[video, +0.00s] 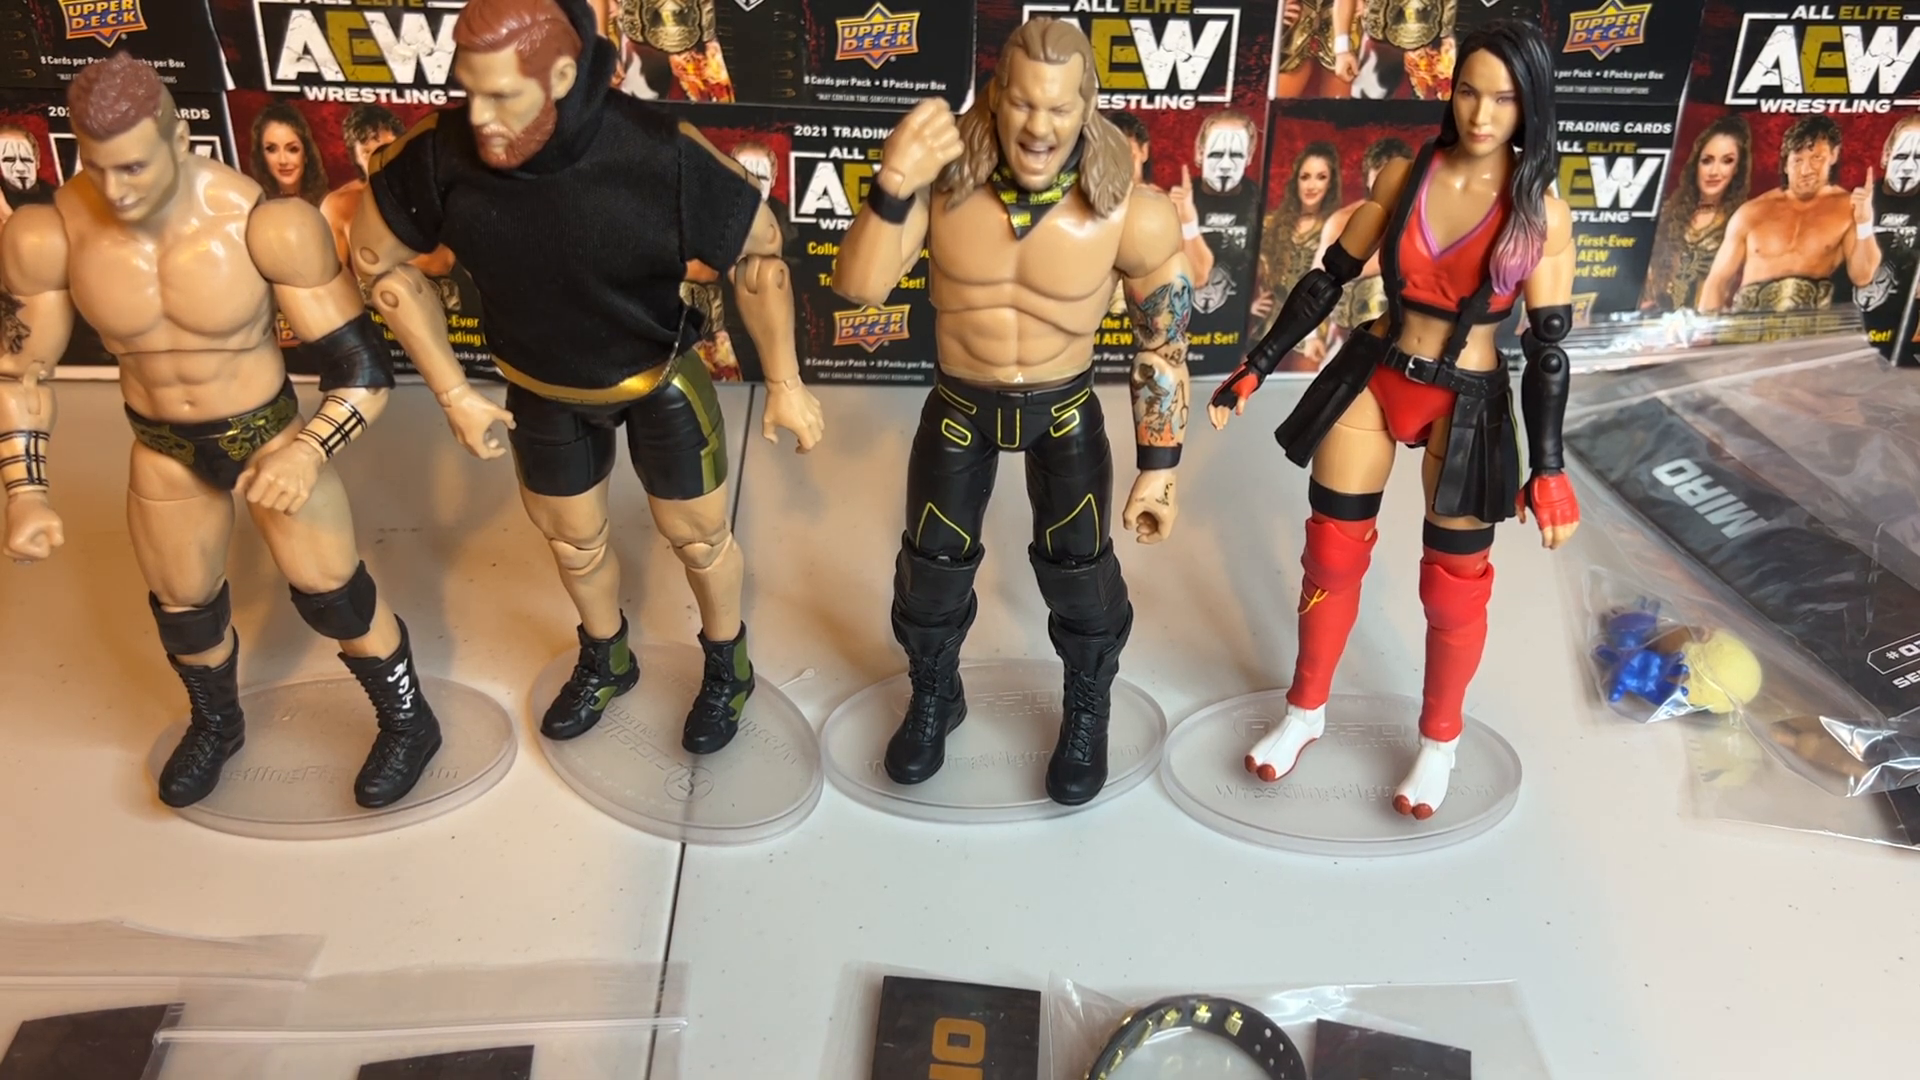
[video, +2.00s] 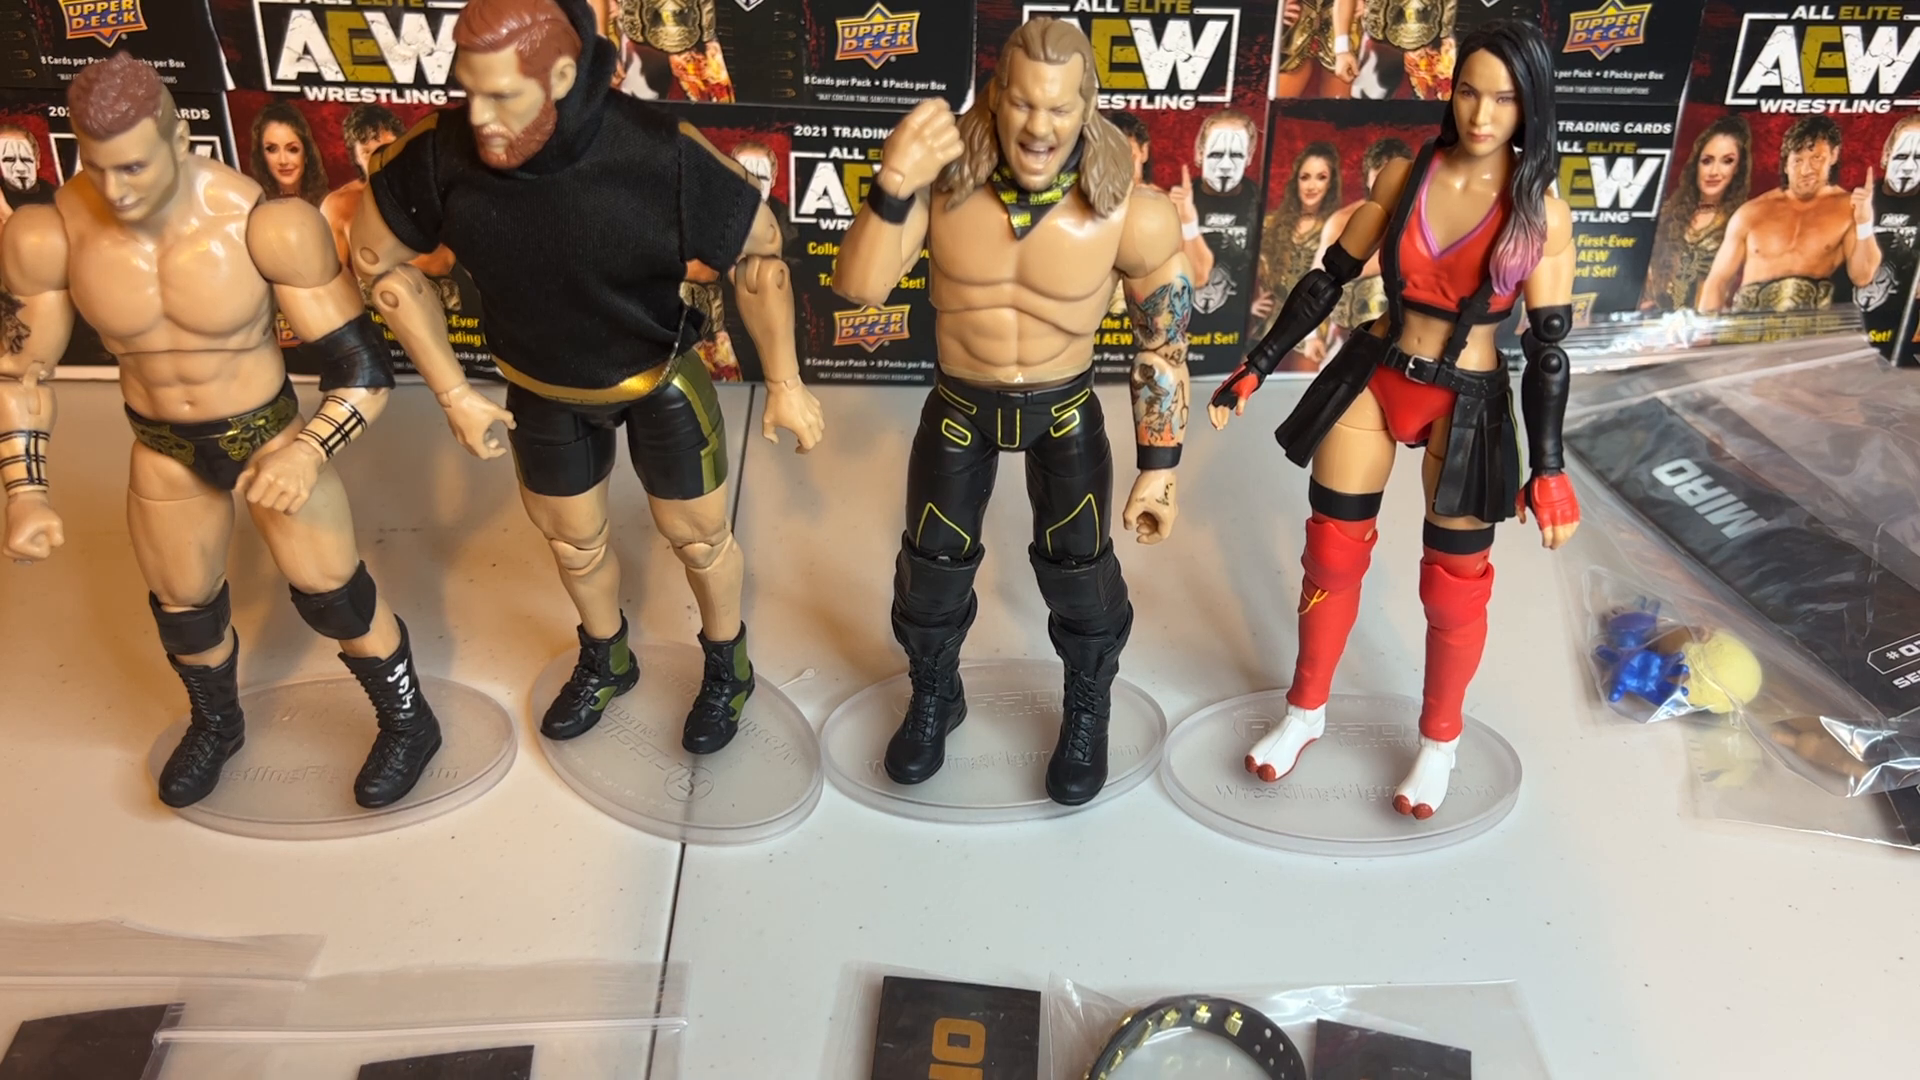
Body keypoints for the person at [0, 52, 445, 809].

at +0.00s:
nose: (118, 188)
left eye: (135, 167)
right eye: (101, 169)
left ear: (179, 139)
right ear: (80, 152)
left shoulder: (268, 225)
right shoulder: (52, 233)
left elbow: (362, 370)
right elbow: (22, 373)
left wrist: (311, 446)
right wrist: (22, 487)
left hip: (268, 441)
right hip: (161, 451)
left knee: (336, 600)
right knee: (186, 617)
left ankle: (409, 722)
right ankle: (217, 722)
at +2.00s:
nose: (118, 188)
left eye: (134, 167)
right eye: (100, 169)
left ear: (178, 138)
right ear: (80, 151)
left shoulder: (268, 225)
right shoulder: (54, 232)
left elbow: (363, 370)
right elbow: (23, 371)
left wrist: (311, 446)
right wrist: (21, 487)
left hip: (269, 441)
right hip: (161, 452)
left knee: (336, 600)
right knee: (186, 617)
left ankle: (409, 722)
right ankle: (216, 722)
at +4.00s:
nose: (118, 188)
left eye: (134, 167)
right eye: (100, 169)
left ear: (178, 138)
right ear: (80, 150)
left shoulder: (268, 225)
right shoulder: (52, 233)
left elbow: (362, 370)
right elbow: (23, 372)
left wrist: (312, 446)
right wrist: (22, 486)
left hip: (269, 440)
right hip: (161, 451)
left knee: (336, 598)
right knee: (186, 616)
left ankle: (408, 721)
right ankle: (216, 723)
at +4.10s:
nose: (118, 188)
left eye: (135, 167)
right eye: (101, 169)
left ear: (178, 138)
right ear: (81, 151)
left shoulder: (268, 225)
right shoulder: (53, 233)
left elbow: (362, 370)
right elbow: (22, 372)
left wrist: (312, 446)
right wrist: (22, 486)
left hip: (269, 440)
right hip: (161, 451)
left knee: (336, 598)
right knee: (186, 616)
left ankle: (408, 721)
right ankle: (216, 723)